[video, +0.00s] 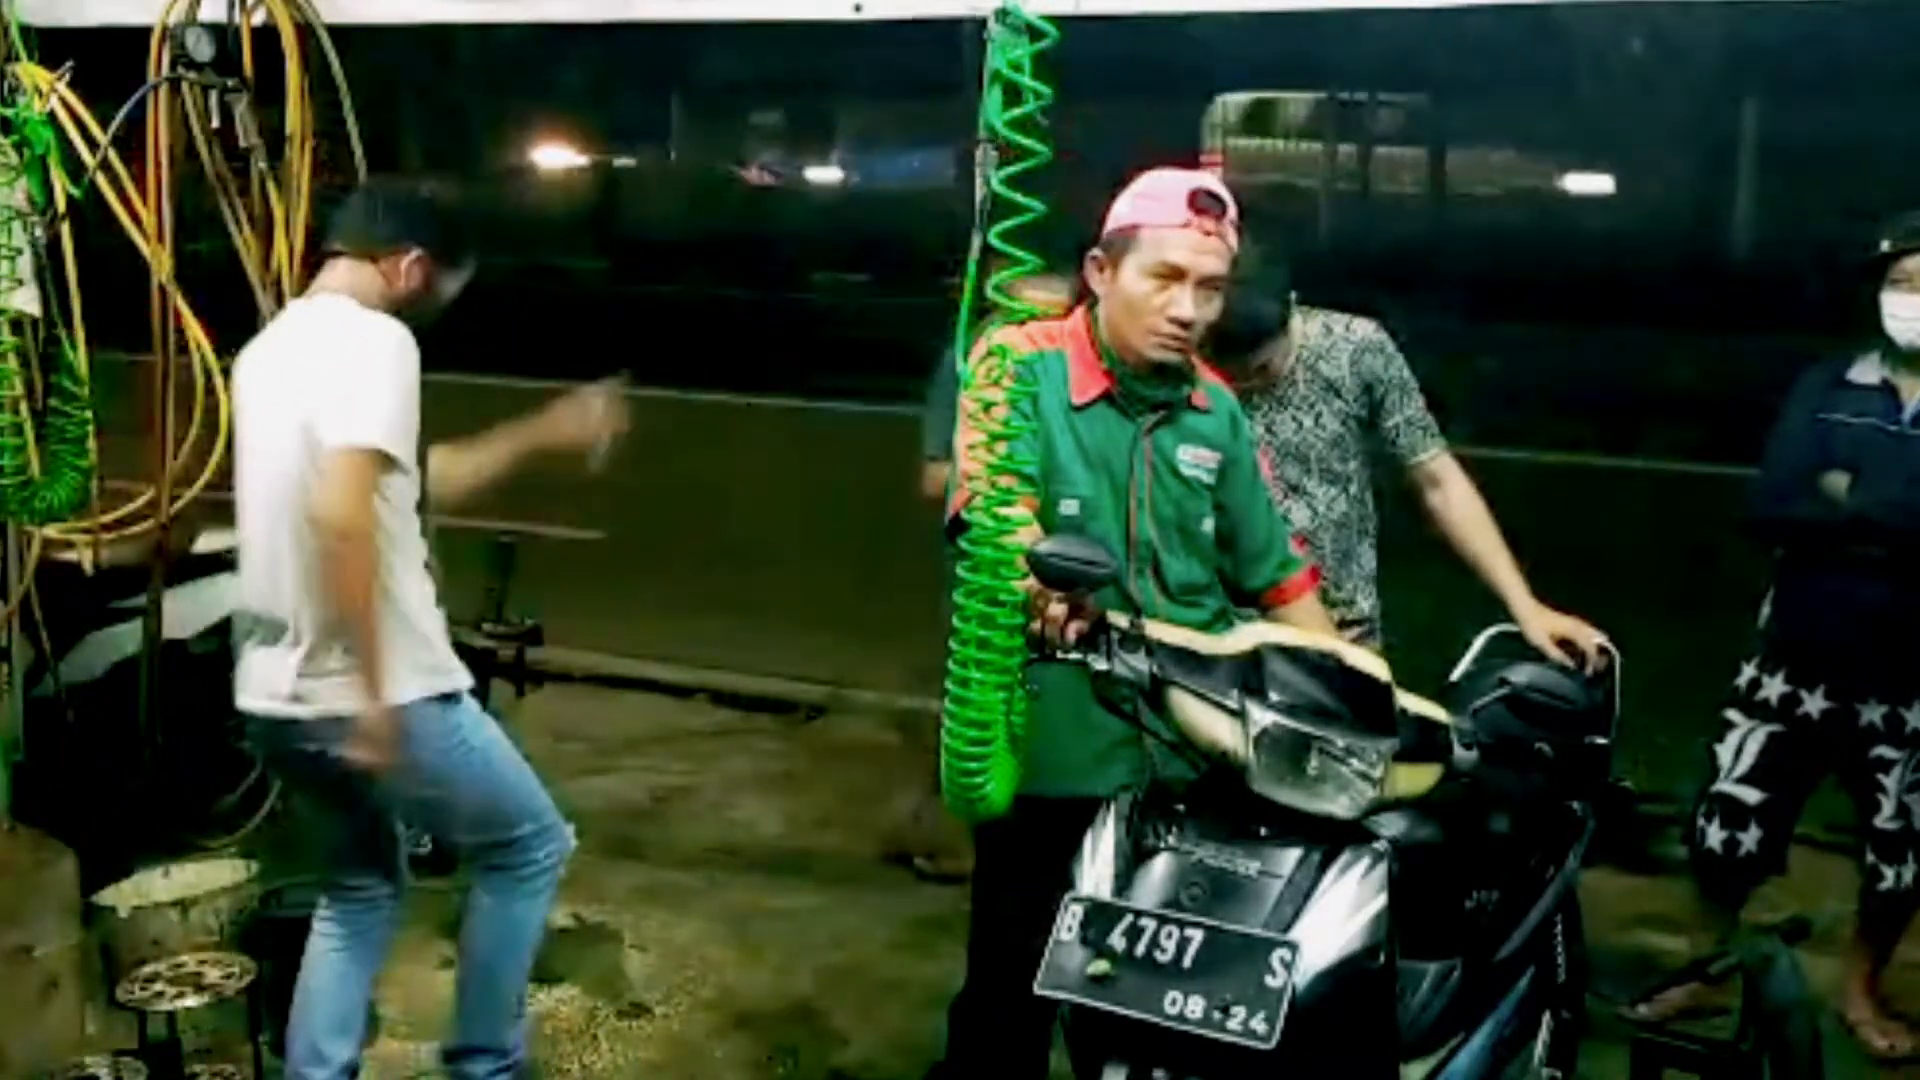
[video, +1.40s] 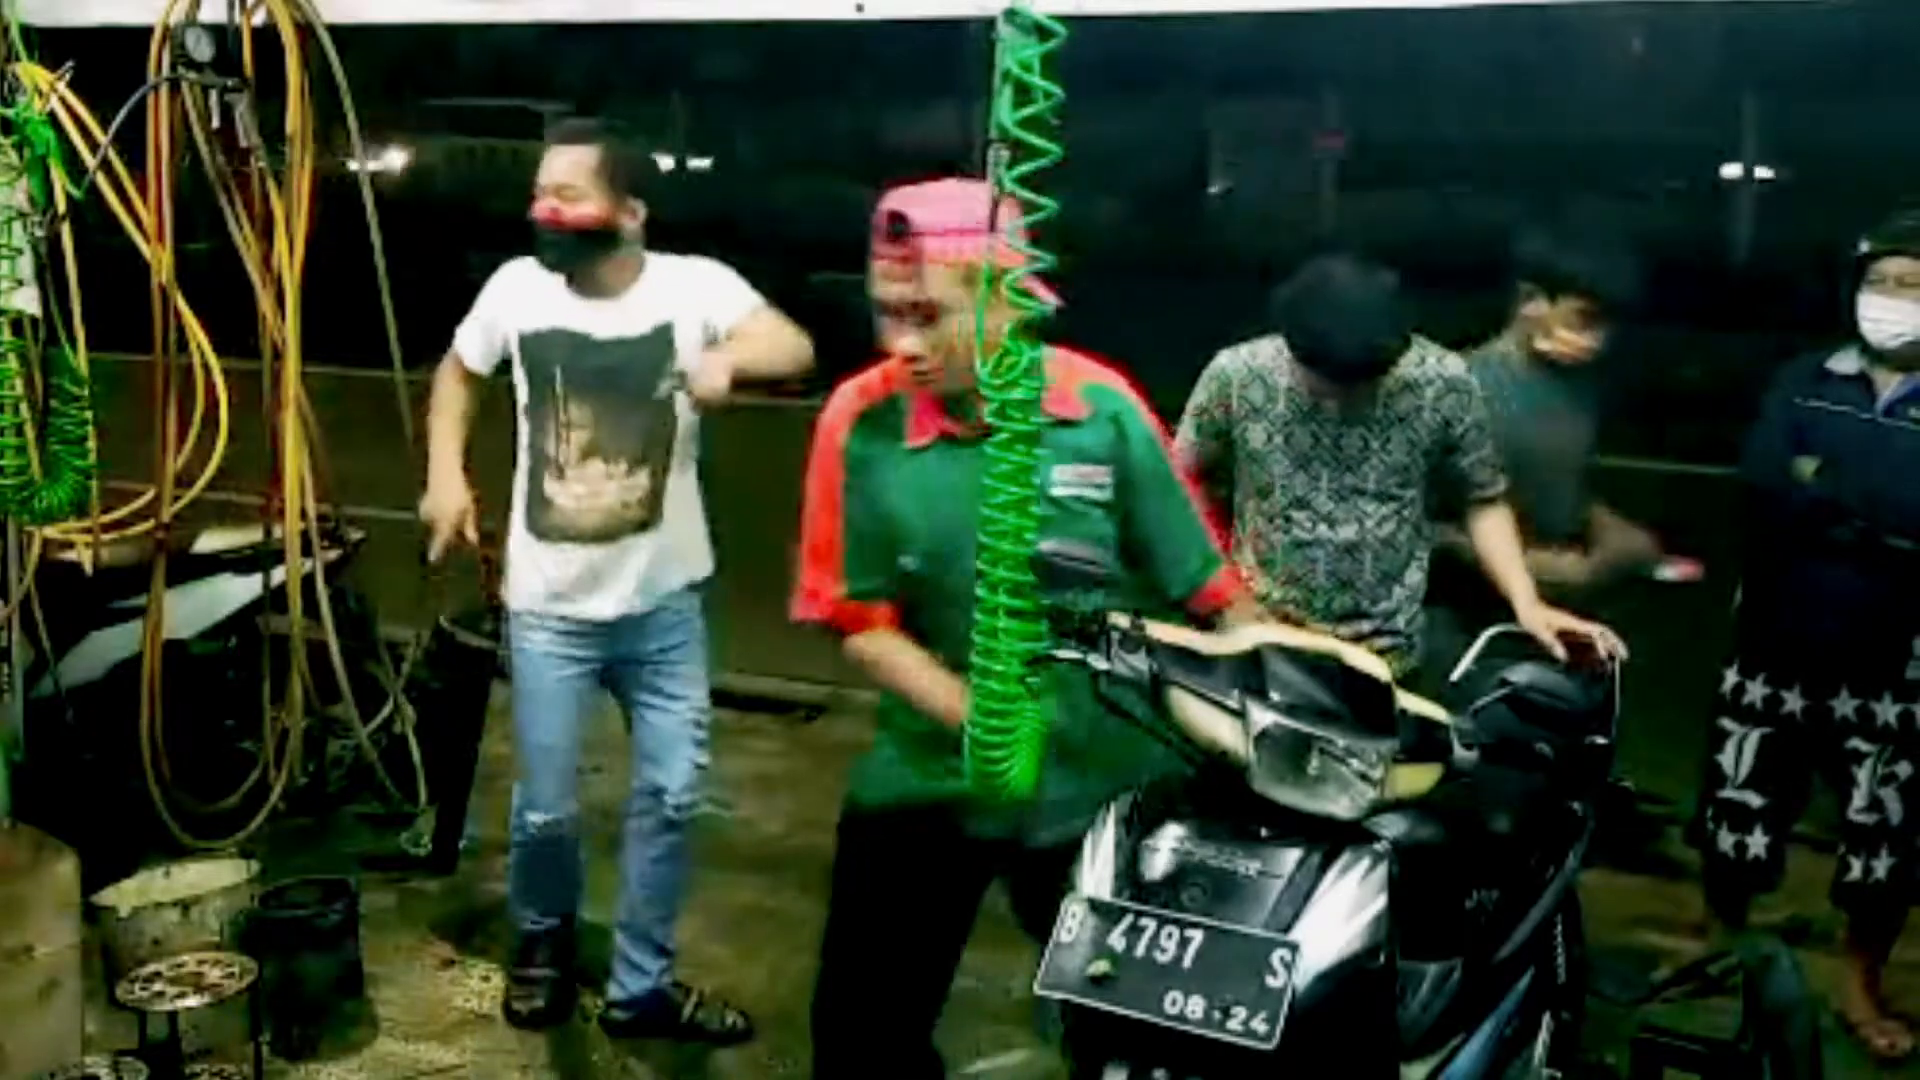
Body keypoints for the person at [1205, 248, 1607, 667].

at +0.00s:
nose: (1251, 382)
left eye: (1263, 366)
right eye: (1233, 372)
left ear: (1287, 323)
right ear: (1197, 344)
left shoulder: (1356, 351)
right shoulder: (1176, 376)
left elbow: (1439, 482)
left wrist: (1526, 608)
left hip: (1338, 646)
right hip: (1215, 653)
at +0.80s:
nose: (1295, 360)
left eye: (1305, 342)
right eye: (1274, 348)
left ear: (1335, 309)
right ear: (1244, 330)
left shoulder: (1406, 365)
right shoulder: (1207, 374)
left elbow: (1468, 489)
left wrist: (1526, 606)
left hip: (1354, 651)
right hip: (1230, 646)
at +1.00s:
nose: (1336, 357)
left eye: (1352, 338)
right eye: (1318, 343)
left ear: (1381, 314)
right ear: (1286, 324)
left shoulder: (1435, 364)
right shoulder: (1229, 373)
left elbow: (1478, 490)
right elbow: (1190, 507)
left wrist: (1528, 607)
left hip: (1374, 653)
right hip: (1252, 648)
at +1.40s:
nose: (1336, 401)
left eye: (1356, 388)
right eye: (1322, 386)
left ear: (1386, 362)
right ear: (1295, 353)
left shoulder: (1443, 385)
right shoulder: (1236, 378)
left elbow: (1485, 502)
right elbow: (1182, 484)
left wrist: (1530, 608)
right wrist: (1224, 592)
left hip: (1387, 661)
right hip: (1262, 648)